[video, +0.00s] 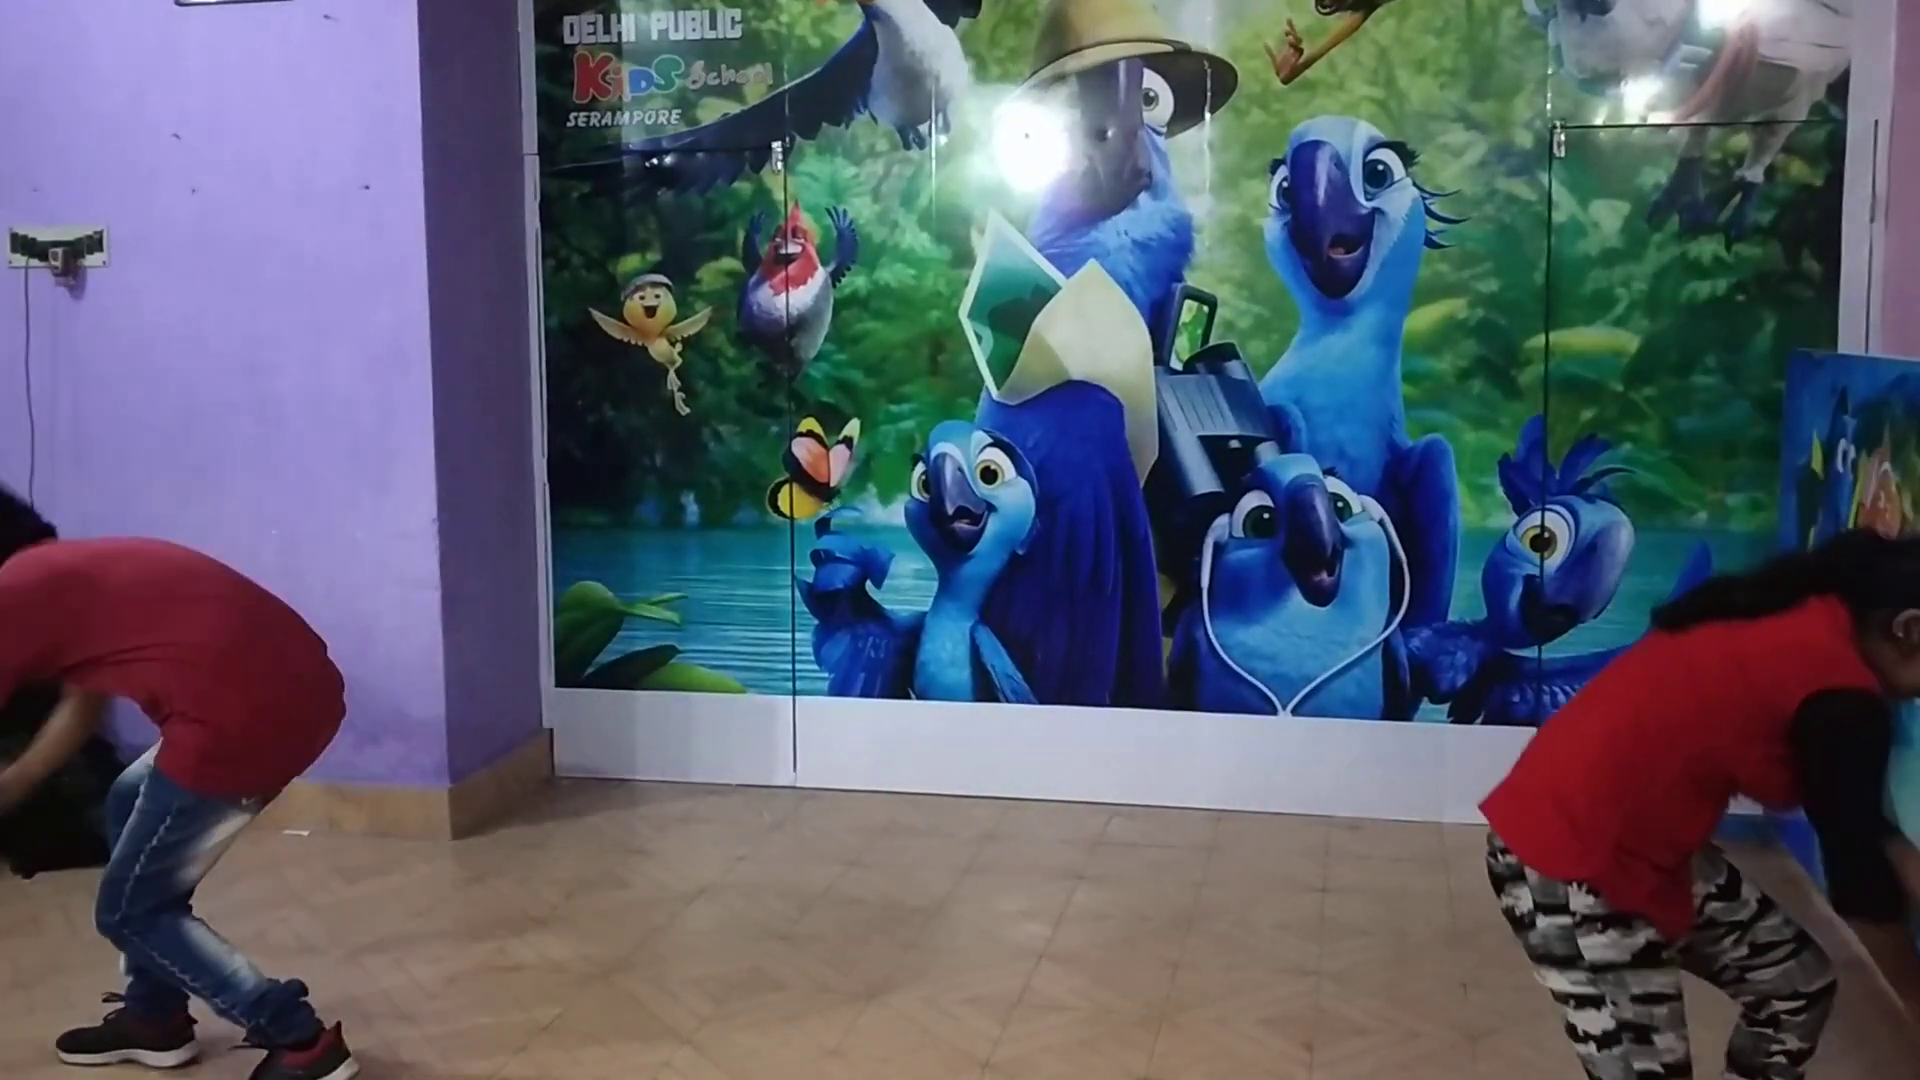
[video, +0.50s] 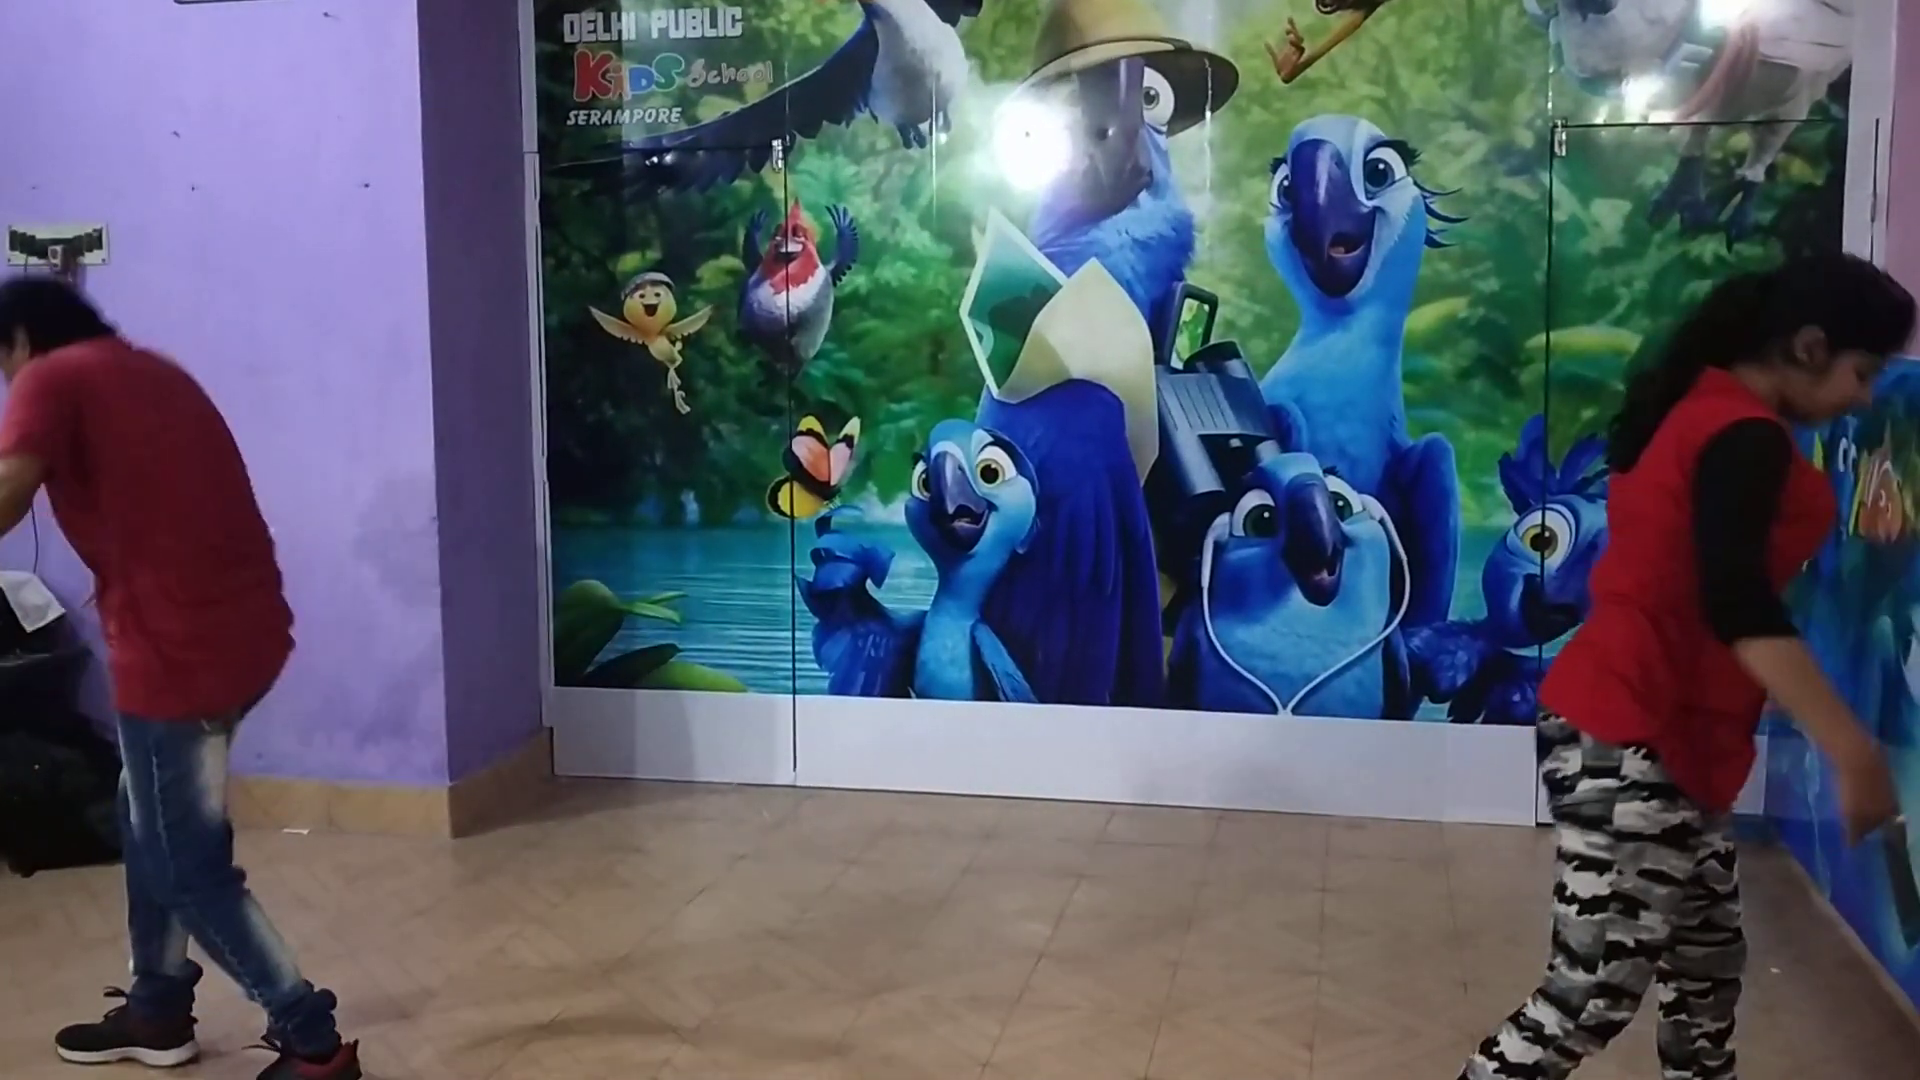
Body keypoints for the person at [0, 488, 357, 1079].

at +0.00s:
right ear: (28, 532)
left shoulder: (15, 596)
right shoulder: (83, 573)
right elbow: (80, 708)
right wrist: (13, 783)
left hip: (239, 716)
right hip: (302, 685)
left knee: (132, 914)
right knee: (129, 800)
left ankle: (303, 1040)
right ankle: (154, 1017)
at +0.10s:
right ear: (27, 544)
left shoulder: (22, 592)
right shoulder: (93, 579)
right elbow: (56, 721)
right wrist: (0, 786)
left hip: (245, 713)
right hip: (306, 683)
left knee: (139, 910)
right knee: (136, 801)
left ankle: (305, 1042)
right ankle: (156, 1017)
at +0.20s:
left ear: (7, 536)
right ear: (28, 511)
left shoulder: (23, 553)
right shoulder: (104, 537)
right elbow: (78, 685)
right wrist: (2, 746)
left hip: (238, 698)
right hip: (302, 670)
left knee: (148, 906)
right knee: (137, 801)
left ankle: (308, 1042)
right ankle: (157, 1015)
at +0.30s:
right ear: (30, 446)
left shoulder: (27, 491)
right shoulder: (102, 473)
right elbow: (126, 611)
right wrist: (32, 682)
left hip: (220, 680)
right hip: (280, 653)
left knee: (162, 899)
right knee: (142, 813)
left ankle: (309, 1042)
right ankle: (156, 1014)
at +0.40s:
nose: (2, 431)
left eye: (1, 419)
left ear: (12, 401)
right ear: (62, 382)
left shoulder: (37, 428)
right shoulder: (131, 412)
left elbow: (7, 530)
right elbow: (178, 536)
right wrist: (92, 607)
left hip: (195, 662)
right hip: (266, 642)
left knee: (181, 886)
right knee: (144, 834)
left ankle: (310, 1042)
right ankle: (158, 1014)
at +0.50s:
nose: (3, 373)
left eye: (0, 360)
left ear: (20, 342)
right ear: (80, 327)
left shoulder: (49, 379)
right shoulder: (155, 370)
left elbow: (7, 499)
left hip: (171, 651)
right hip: (247, 634)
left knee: (194, 871)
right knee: (148, 828)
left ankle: (313, 1043)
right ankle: (158, 1014)